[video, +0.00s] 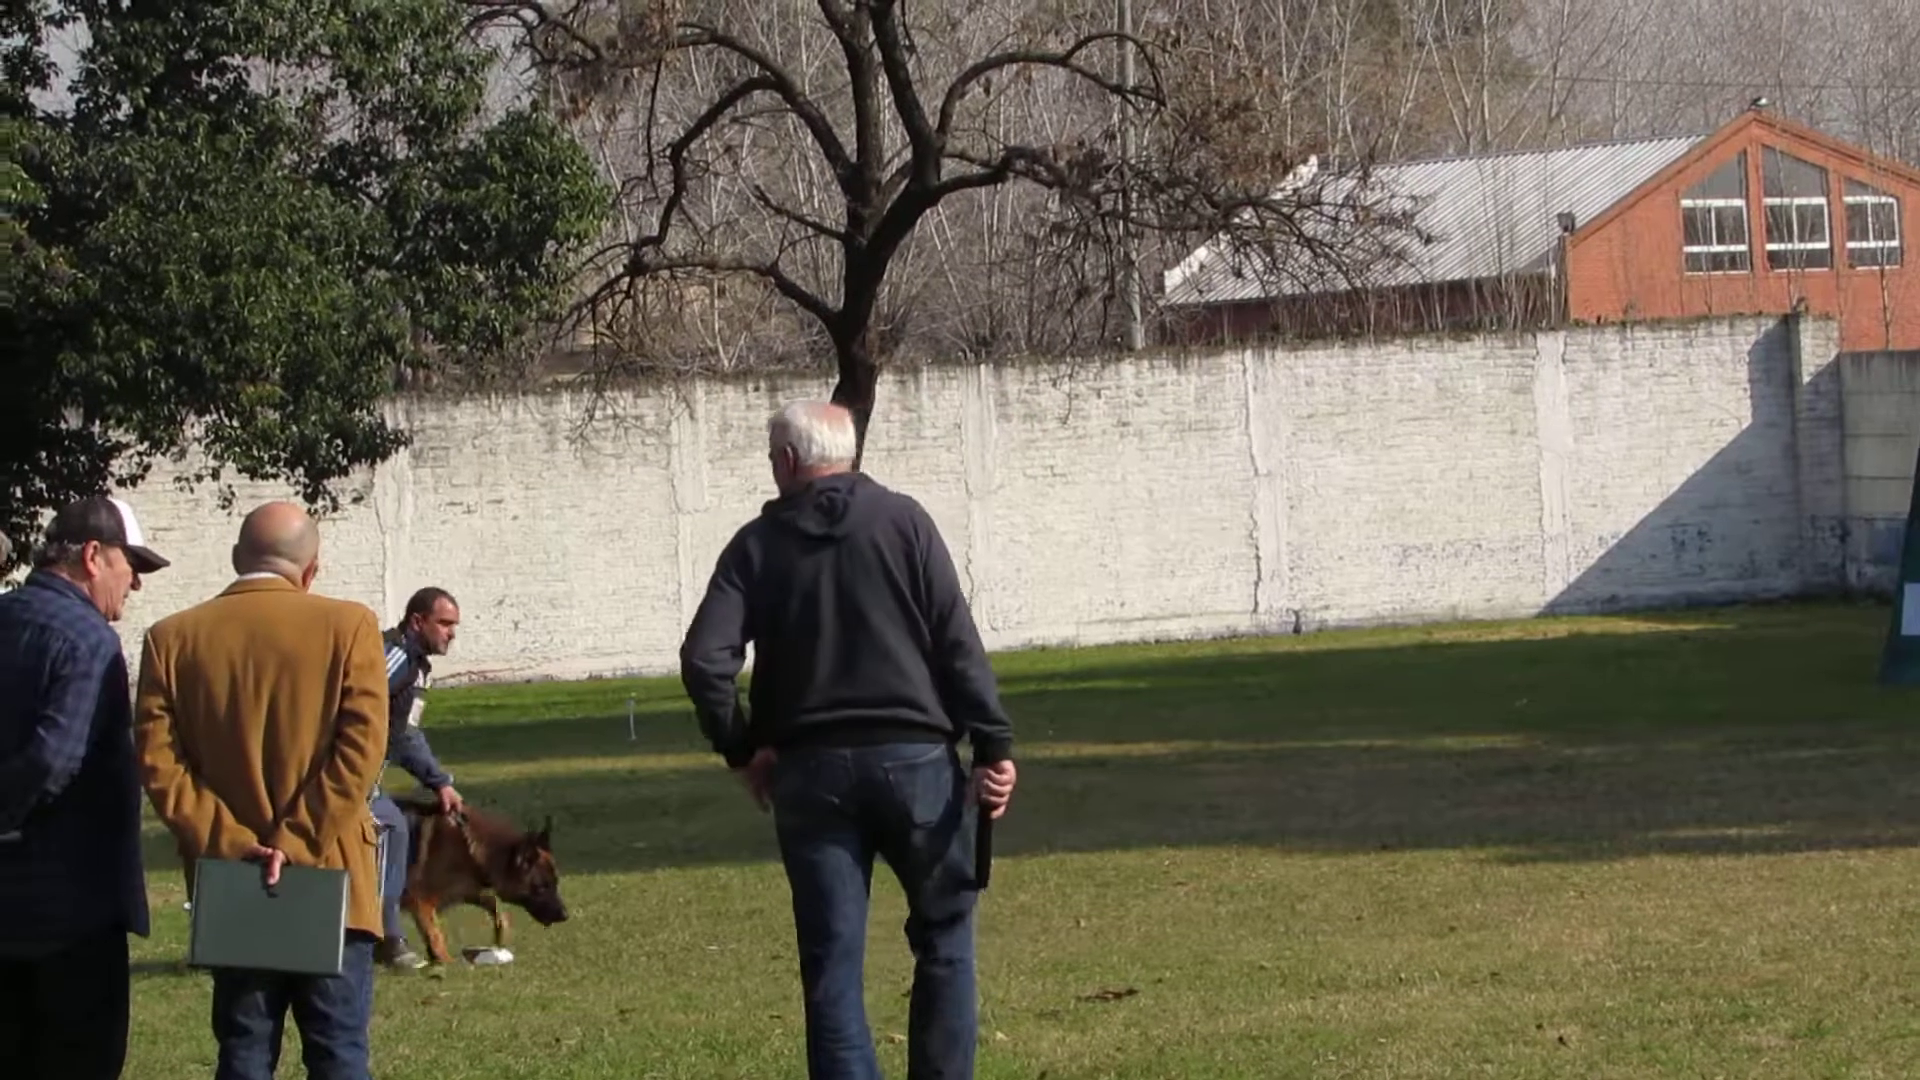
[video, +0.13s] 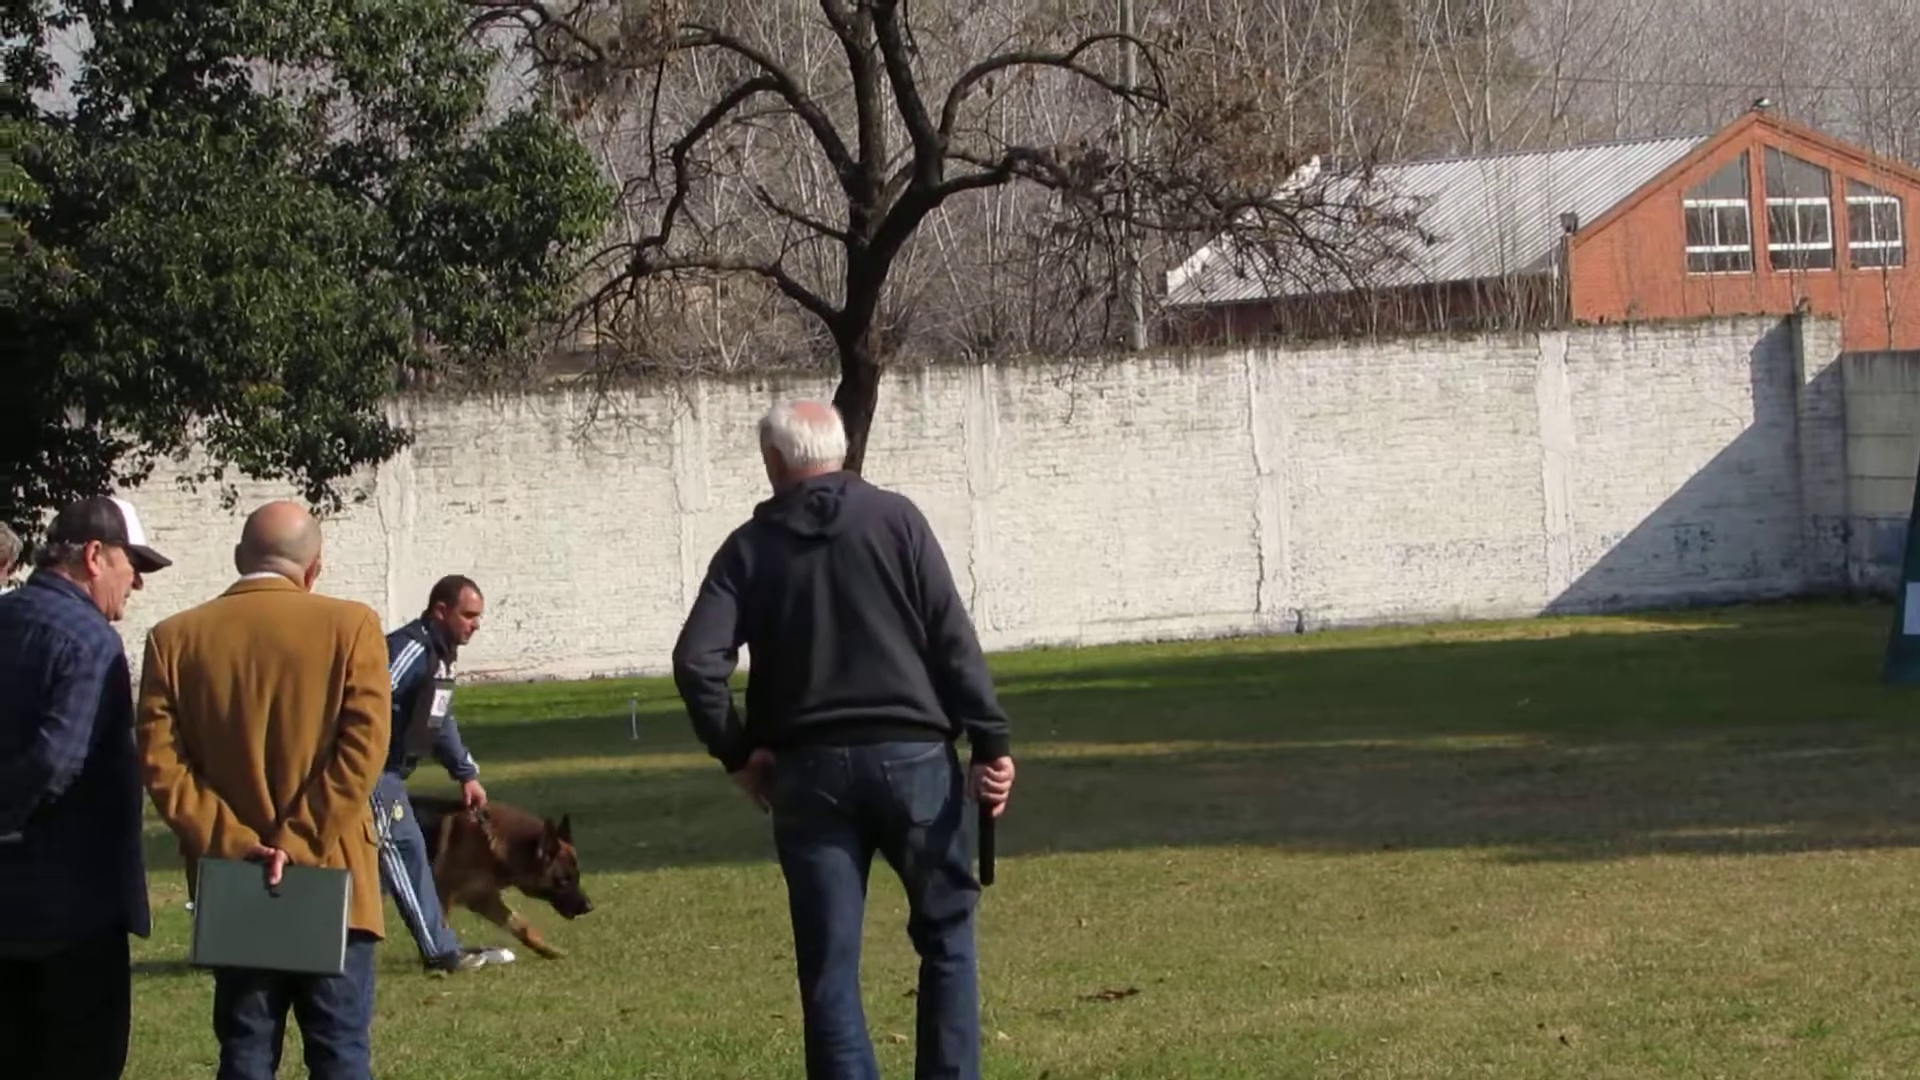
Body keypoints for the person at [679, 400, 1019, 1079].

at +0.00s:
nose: (771, 472)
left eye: (772, 461)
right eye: (773, 461)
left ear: (787, 461)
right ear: (852, 457)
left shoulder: (757, 542)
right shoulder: (904, 520)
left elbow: (705, 660)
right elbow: (956, 642)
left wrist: (742, 749)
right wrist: (994, 746)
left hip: (808, 773)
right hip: (915, 763)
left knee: (830, 964)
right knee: (945, 936)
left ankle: (845, 1076)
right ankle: (943, 1071)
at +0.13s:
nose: (763, 468)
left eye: (763, 459)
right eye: (766, 459)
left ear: (773, 463)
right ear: (843, 454)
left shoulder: (749, 545)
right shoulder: (897, 518)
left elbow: (696, 661)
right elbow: (952, 638)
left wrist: (738, 753)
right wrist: (992, 742)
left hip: (806, 774)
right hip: (913, 762)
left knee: (828, 968)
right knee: (947, 938)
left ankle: (845, 1076)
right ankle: (951, 1072)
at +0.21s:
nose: (750, 466)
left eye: (750, 458)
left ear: (758, 462)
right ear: (829, 452)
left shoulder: (734, 545)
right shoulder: (882, 517)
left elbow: (683, 661)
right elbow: (939, 638)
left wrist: (728, 752)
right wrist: (980, 741)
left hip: (795, 773)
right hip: (901, 760)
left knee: (821, 967)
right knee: (939, 935)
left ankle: (839, 1076)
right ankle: (947, 1071)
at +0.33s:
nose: (758, 466)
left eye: (757, 458)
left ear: (762, 463)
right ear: (835, 452)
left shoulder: (736, 546)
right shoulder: (884, 518)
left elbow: (687, 664)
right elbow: (940, 640)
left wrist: (733, 753)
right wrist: (981, 744)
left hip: (798, 776)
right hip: (903, 763)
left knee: (825, 964)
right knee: (947, 929)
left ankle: (844, 1075)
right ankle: (950, 1072)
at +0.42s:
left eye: (764, 456)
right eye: (845, 444)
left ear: (768, 460)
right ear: (842, 449)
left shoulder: (740, 545)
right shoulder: (887, 518)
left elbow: (688, 664)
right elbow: (940, 641)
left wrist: (735, 749)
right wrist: (981, 744)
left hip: (799, 773)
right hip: (903, 762)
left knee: (824, 962)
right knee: (949, 929)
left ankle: (844, 1075)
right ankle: (943, 1072)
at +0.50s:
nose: (852, 451)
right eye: (851, 442)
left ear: (775, 457)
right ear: (848, 447)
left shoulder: (743, 542)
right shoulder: (888, 517)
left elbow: (688, 661)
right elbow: (940, 642)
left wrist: (738, 747)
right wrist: (979, 746)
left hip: (799, 772)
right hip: (902, 761)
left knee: (825, 960)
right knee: (947, 928)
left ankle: (841, 1074)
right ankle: (933, 1072)